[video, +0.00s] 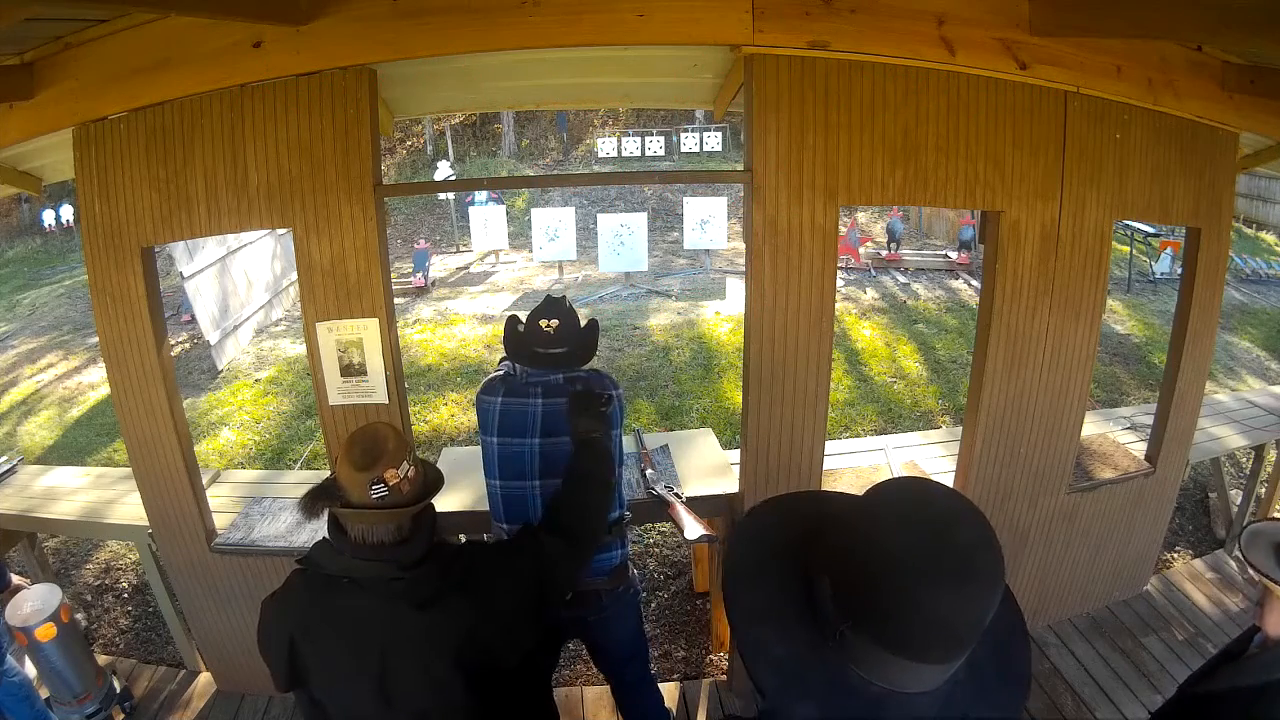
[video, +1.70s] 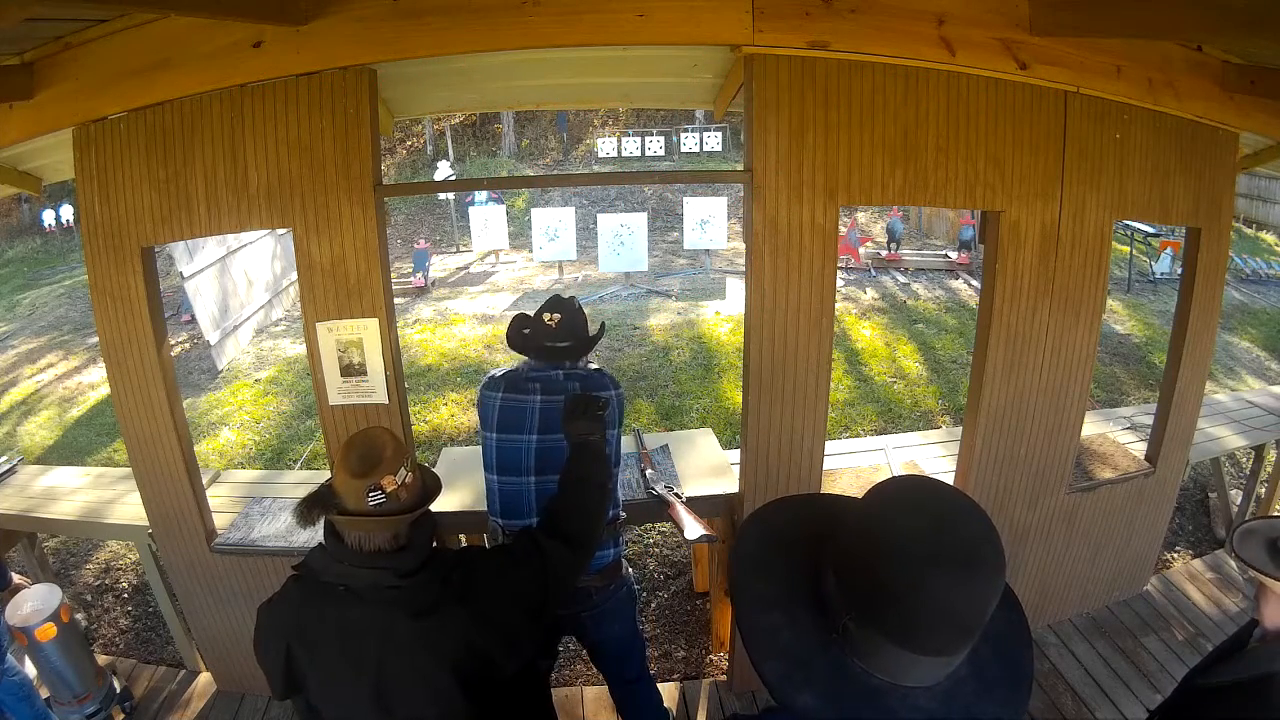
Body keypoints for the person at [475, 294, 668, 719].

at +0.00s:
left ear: (521, 344)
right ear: (581, 345)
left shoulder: (490, 395)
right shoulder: (604, 391)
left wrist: (525, 349)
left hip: (521, 583)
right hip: (601, 581)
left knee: (530, 693)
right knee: (636, 689)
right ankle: (656, 716)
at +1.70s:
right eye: (585, 339)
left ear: (529, 341)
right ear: (583, 345)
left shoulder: (491, 390)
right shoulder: (605, 389)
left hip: (517, 582)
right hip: (596, 576)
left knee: (528, 692)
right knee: (634, 687)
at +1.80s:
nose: (592, 355)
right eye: (591, 348)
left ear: (535, 346)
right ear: (586, 349)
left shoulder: (492, 391)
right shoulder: (608, 392)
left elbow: (457, 440)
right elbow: (634, 410)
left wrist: (512, 439)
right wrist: (590, 372)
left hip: (517, 579)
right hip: (597, 575)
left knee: (527, 691)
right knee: (633, 683)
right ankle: (653, 717)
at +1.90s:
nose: (594, 360)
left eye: (593, 353)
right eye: (593, 352)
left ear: (541, 348)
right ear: (586, 352)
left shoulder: (488, 396)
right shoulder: (613, 393)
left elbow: (445, 463)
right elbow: (673, 429)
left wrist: (494, 502)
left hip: (519, 577)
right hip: (600, 572)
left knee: (529, 689)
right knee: (634, 683)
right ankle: (652, 717)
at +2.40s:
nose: (603, 365)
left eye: (543, 347)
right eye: (602, 358)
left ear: (544, 350)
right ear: (595, 356)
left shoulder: (494, 388)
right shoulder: (624, 394)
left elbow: (428, 422)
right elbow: (683, 445)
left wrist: (476, 472)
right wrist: (638, 475)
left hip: (522, 581)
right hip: (604, 575)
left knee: (528, 694)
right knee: (635, 684)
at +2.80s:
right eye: (580, 335)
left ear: (523, 342)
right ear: (581, 343)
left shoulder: (489, 401)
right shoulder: (608, 391)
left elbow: (479, 449)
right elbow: (629, 459)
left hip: (526, 585)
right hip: (605, 577)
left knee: (530, 696)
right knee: (636, 686)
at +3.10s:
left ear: (528, 341)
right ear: (583, 344)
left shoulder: (494, 392)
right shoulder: (607, 387)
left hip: (524, 582)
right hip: (602, 575)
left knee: (529, 693)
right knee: (636, 687)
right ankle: (653, 716)